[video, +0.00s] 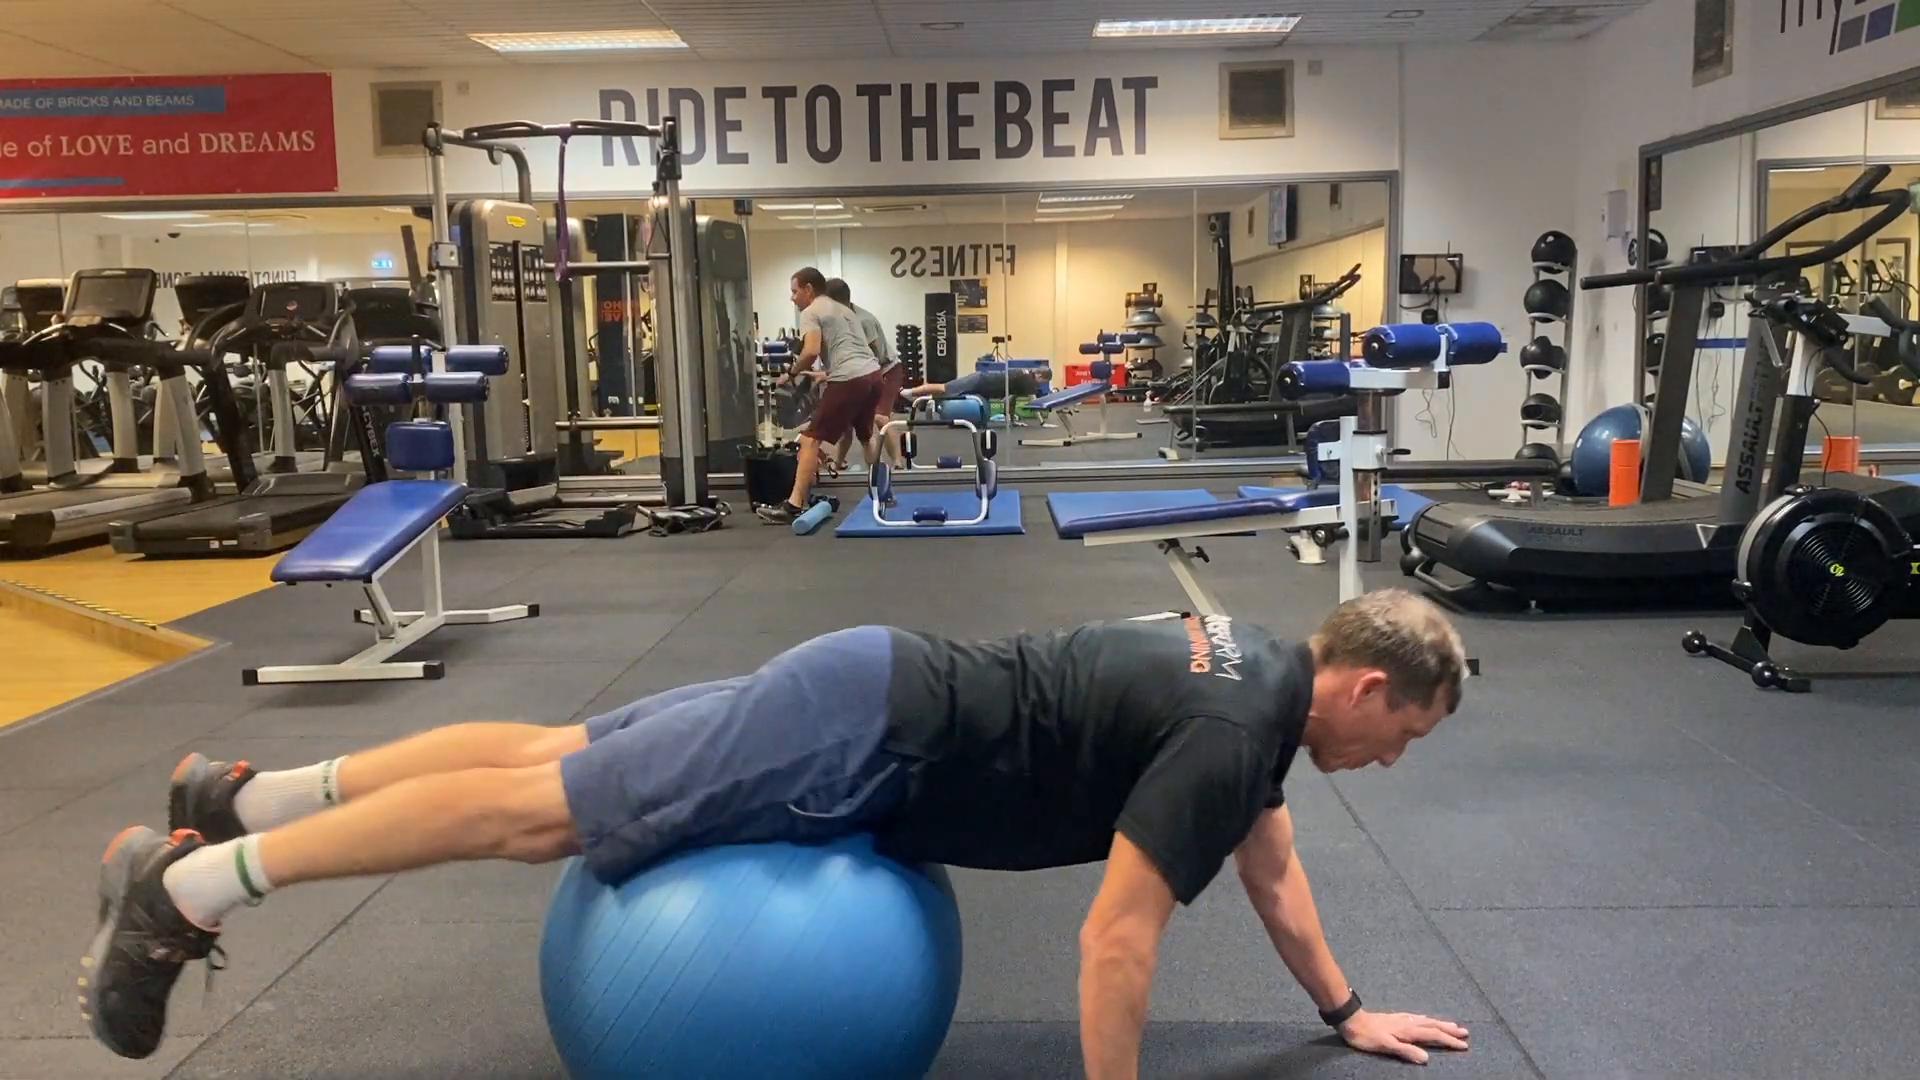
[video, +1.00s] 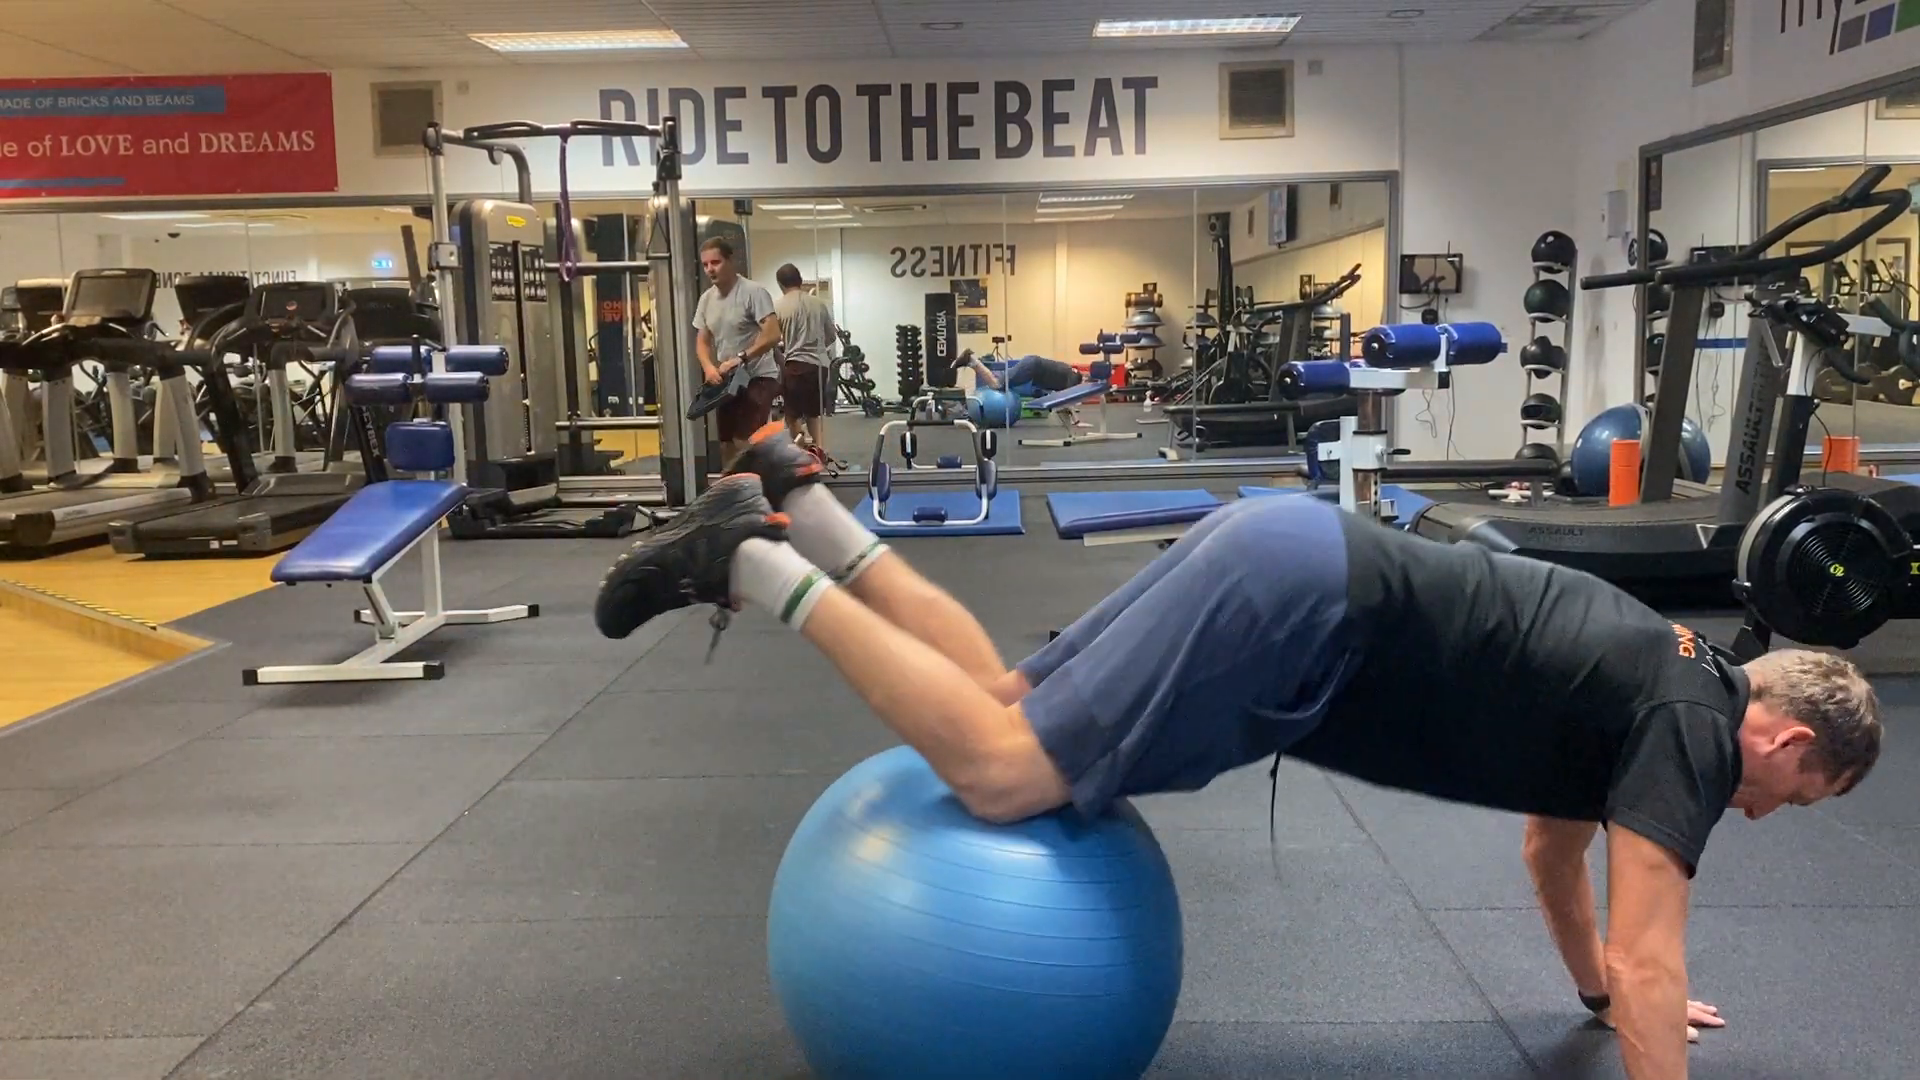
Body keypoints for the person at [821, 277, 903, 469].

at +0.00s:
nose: (830, 306)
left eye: (831, 301)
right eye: (829, 302)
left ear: (841, 299)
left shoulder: (863, 318)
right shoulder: (838, 320)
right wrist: (826, 371)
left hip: (889, 367)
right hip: (866, 369)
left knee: (880, 416)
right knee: (848, 419)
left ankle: (898, 461)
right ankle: (839, 463)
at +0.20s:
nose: (817, 287)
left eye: (818, 283)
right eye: (817, 283)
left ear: (825, 284)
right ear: (836, 283)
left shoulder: (838, 306)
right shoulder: (840, 303)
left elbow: (846, 345)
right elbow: (844, 342)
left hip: (867, 366)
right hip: (859, 366)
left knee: (868, 415)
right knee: (836, 415)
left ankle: (894, 462)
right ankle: (835, 461)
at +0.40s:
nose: (807, 285)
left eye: (808, 280)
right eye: (807, 280)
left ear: (815, 279)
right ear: (828, 279)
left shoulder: (818, 302)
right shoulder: (841, 302)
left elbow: (818, 339)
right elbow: (847, 336)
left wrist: (814, 363)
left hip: (839, 362)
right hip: (854, 360)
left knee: (829, 417)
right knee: (836, 417)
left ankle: (871, 439)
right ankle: (835, 462)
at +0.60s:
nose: (799, 286)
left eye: (799, 281)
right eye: (799, 281)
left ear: (806, 279)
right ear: (819, 278)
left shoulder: (806, 301)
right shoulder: (838, 302)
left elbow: (805, 337)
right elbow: (849, 335)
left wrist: (802, 359)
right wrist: (836, 347)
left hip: (822, 360)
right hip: (845, 360)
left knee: (809, 408)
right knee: (833, 414)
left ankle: (829, 438)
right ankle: (835, 461)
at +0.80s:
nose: (791, 285)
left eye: (791, 281)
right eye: (792, 281)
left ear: (794, 281)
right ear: (812, 278)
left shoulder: (794, 303)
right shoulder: (829, 301)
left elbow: (792, 338)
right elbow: (841, 334)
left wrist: (793, 357)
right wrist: (829, 345)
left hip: (806, 364)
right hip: (832, 364)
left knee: (802, 418)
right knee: (828, 418)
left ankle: (803, 461)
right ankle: (833, 463)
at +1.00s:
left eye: (780, 283)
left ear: (780, 284)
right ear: (801, 280)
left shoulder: (778, 307)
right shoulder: (819, 303)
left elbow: (774, 340)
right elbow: (830, 335)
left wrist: (782, 361)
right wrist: (816, 349)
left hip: (793, 365)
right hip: (818, 365)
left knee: (792, 415)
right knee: (814, 415)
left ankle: (801, 454)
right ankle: (819, 455)